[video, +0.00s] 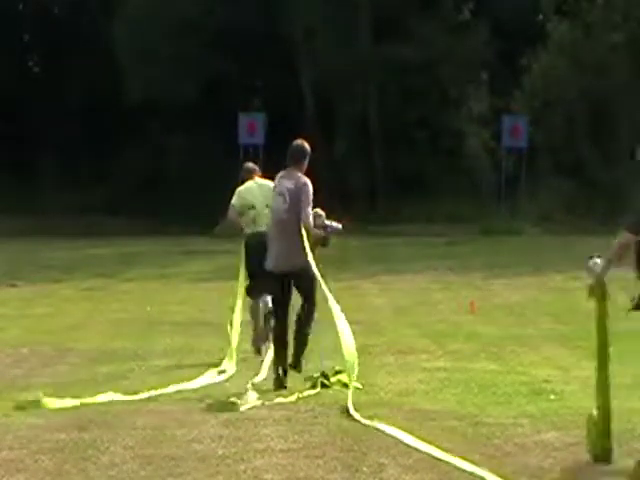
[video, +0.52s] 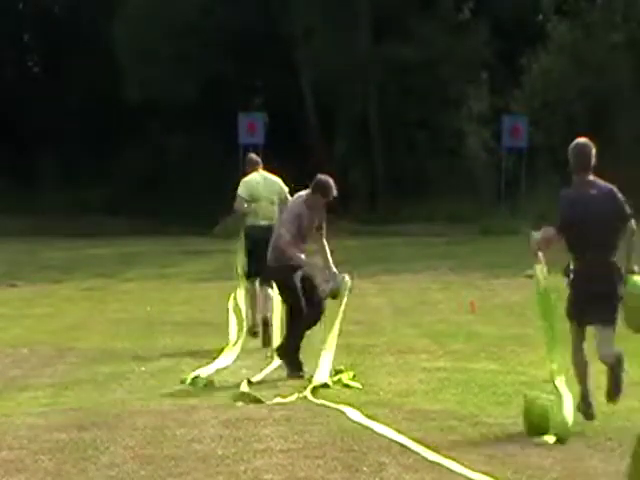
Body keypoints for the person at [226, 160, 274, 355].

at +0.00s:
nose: (246, 179)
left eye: (245, 176)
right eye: (251, 174)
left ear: (244, 176)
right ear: (259, 173)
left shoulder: (241, 191)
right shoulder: (272, 186)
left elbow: (232, 214)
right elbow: (281, 209)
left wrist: (243, 226)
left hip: (253, 235)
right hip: (273, 234)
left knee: (254, 281)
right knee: (269, 277)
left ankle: (257, 329)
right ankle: (269, 307)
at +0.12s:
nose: (254, 179)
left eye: (249, 177)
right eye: (256, 175)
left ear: (247, 177)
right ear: (261, 175)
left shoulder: (242, 193)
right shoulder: (274, 189)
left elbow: (231, 217)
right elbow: (283, 211)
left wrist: (243, 227)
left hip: (252, 238)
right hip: (274, 237)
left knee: (255, 290)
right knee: (274, 287)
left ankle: (260, 341)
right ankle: (273, 333)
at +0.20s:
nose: (260, 172)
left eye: (255, 169)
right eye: (261, 169)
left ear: (250, 171)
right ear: (265, 169)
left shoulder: (243, 185)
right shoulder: (276, 183)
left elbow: (231, 209)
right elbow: (285, 205)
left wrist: (242, 220)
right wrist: (280, 220)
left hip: (252, 230)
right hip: (274, 230)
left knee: (254, 272)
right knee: (272, 271)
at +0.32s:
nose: (259, 172)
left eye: (255, 169)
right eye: (262, 168)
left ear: (252, 170)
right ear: (267, 169)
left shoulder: (245, 184)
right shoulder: (278, 184)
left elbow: (234, 209)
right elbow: (286, 205)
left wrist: (246, 214)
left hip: (251, 226)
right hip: (271, 227)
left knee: (252, 265)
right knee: (268, 263)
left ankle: (253, 288)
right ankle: (265, 290)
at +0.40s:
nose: (253, 175)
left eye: (252, 172)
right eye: (257, 171)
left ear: (251, 172)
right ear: (265, 171)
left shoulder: (247, 188)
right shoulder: (277, 186)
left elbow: (238, 211)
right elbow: (287, 206)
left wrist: (250, 214)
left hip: (252, 233)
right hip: (272, 232)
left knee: (253, 271)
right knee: (268, 273)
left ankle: (254, 292)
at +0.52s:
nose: (247, 170)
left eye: (247, 167)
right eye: (249, 166)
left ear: (249, 167)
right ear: (261, 165)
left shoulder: (246, 182)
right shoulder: (276, 181)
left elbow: (239, 207)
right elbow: (288, 202)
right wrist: (284, 220)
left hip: (253, 227)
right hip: (271, 227)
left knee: (252, 276)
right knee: (267, 276)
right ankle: (267, 316)